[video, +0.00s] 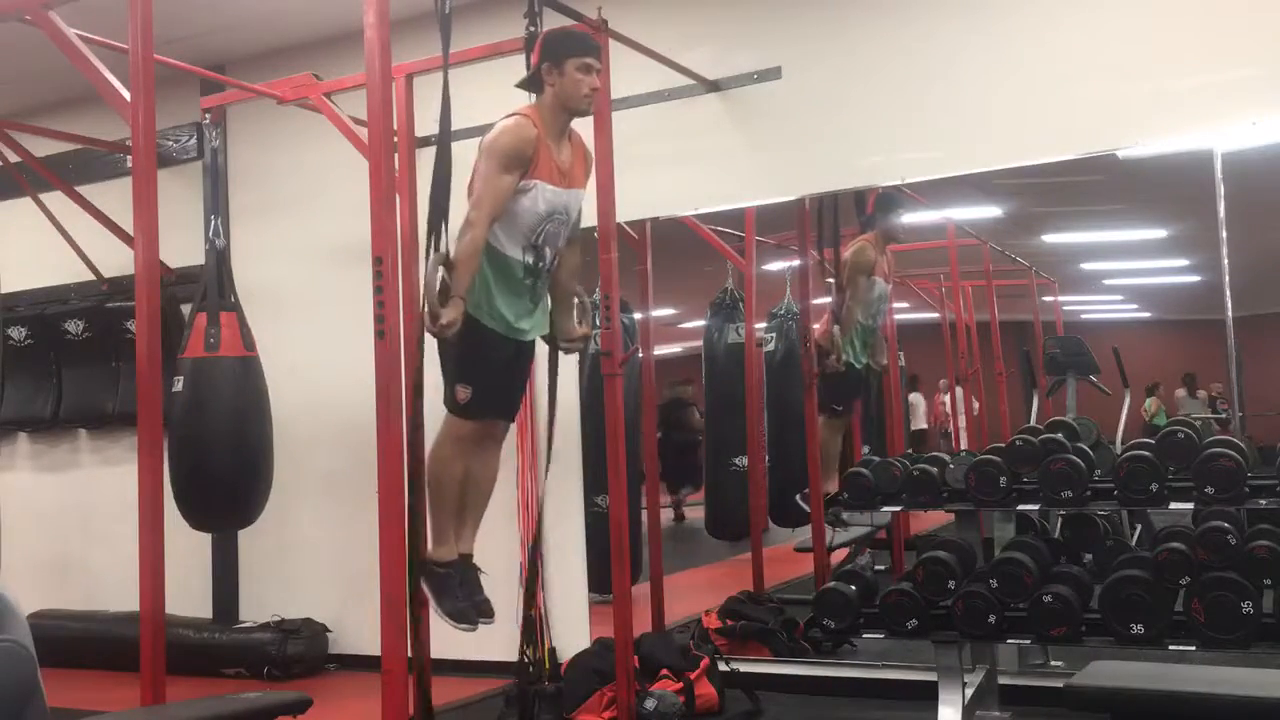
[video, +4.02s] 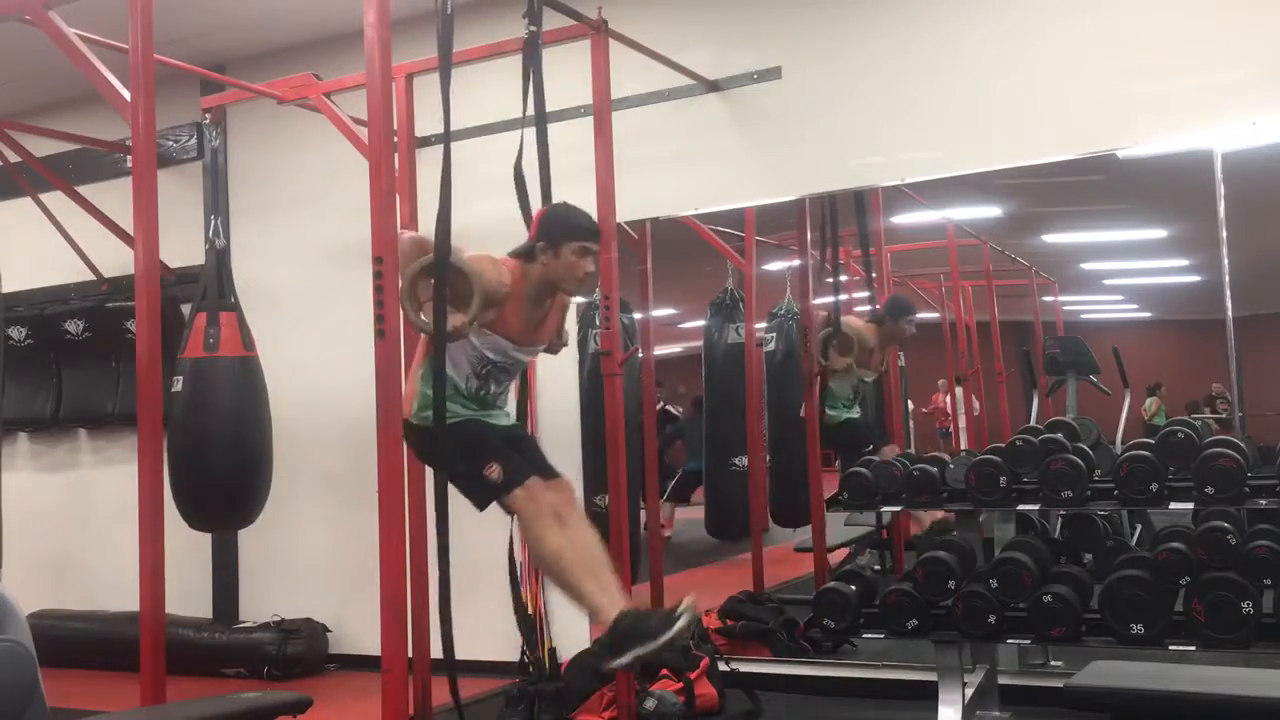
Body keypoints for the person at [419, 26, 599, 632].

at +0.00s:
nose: (596, 82)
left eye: (598, 72)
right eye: (584, 70)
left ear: (590, 82)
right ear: (548, 74)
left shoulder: (578, 151)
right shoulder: (516, 133)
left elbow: (565, 242)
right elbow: (476, 221)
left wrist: (566, 318)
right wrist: (456, 299)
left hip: (524, 314)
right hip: (480, 306)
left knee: (491, 433)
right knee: (462, 427)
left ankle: (462, 554)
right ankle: (439, 555)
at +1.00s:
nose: (611, 230)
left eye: (612, 219)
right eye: (600, 220)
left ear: (597, 225)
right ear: (563, 221)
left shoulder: (582, 274)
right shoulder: (519, 257)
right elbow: (429, 233)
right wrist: (421, 309)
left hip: (511, 402)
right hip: (461, 399)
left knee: (528, 531)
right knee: (497, 531)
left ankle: (533, 666)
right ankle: (509, 674)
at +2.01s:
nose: (468, 399)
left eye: (468, 389)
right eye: (458, 392)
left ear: (472, 394)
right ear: (431, 404)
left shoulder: (480, 443)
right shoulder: (421, 462)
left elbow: (546, 407)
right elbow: (436, 413)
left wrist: (530, 346)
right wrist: (448, 342)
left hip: (518, 593)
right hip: (470, 614)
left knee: (613, 611)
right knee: (589, 622)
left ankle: (731, 667)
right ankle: (726, 672)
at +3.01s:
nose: (473, 388)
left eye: (472, 379)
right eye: (460, 380)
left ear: (469, 383)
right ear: (436, 391)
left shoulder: (499, 425)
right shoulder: (432, 428)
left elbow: (568, 406)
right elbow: (480, 405)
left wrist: (552, 344)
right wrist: (480, 338)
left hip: (550, 569)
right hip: (504, 589)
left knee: (648, 590)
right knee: (622, 605)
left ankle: (768, 644)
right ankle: (764, 653)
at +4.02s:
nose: (592, 269)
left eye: (594, 257)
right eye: (583, 256)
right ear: (547, 253)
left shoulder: (559, 296)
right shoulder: (492, 276)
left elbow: (549, 323)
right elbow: (408, 243)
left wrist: (554, 338)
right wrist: (422, 312)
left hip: (492, 416)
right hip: (439, 414)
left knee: (562, 494)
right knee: (532, 499)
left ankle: (621, 622)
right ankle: (617, 622)